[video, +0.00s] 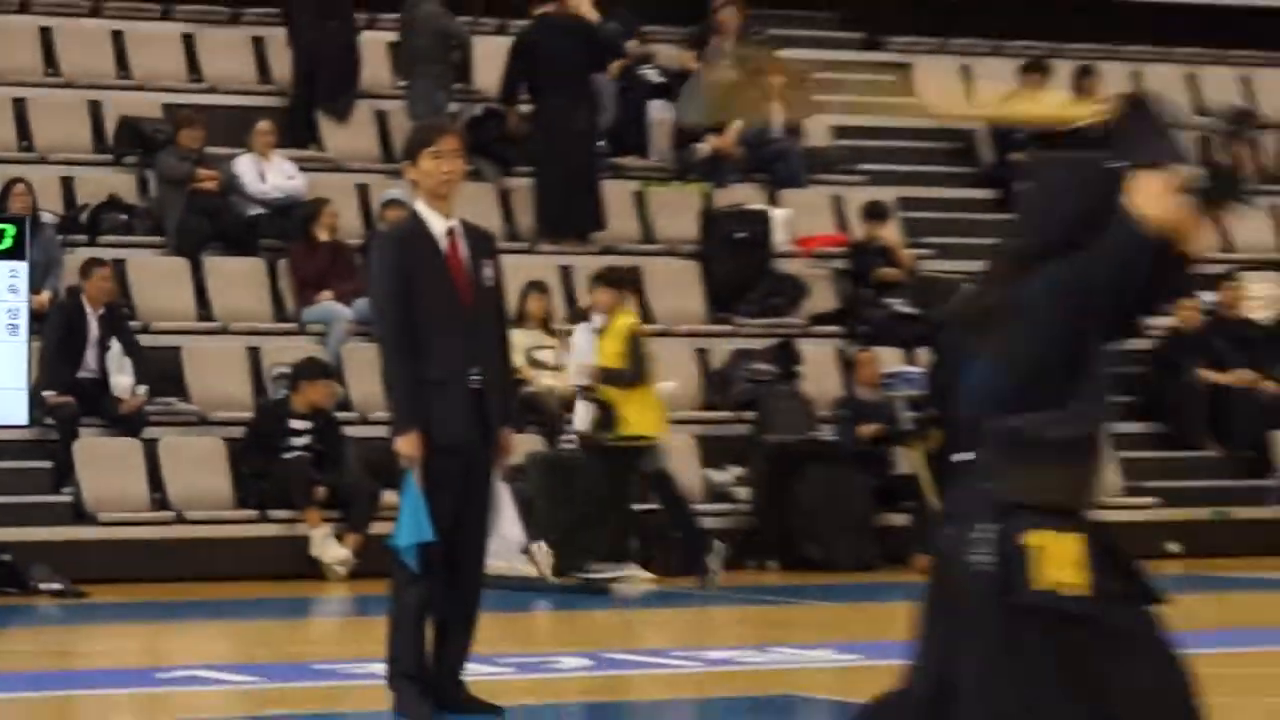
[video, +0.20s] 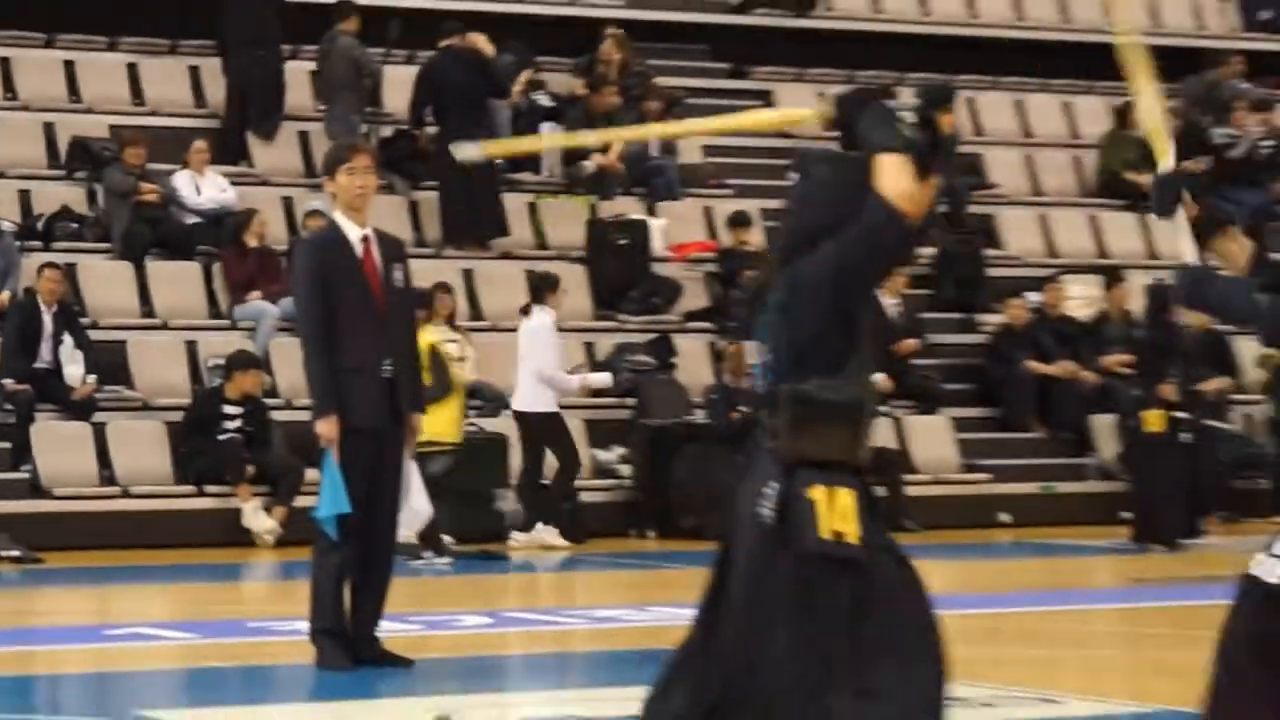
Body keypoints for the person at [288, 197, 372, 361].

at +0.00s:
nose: (334, 221)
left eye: (335, 216)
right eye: (329, 216)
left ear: (338, 218)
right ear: (315, 219)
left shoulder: (342, 248)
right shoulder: (301, 248)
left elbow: (357, 283)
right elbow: (310, 276)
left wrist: (335, 293)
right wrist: (324, 243)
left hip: (346, 302)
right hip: (311, 304)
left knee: (375, 309)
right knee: (344, 316)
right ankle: (330, 365)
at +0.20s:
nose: (262, 229)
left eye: (263, 225)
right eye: (258, 224)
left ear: (264, 227)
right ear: (246, 227)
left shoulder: (268, 252)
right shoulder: (231, 253)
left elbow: (283, 286)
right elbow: (239, 282)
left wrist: (263, 293)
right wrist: (253, 250)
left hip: (274, 300)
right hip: (242, 302)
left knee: (301, 307)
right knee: (271, 312)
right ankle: (257, 360)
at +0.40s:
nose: (214, 228)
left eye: (214, 224)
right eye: (210, 224)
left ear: (215, 227)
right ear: (198, 227)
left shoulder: (219, 250)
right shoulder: (184, 249)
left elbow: (231, 281)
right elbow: (190, 276)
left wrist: (213, 287)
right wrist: (204, 247)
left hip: (225, 293)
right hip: (196, 294)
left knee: (250, 301)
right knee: (222, 305)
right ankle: (209, 349)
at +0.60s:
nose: (190, 233)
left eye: (190, 229)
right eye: (186, 229)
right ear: (175, 232)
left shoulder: (195, 254)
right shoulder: (163, 252)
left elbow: (204, 280)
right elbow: (167, 278)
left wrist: (190, 287)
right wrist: (180, 251)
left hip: (197, 292)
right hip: (172, 293)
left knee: (216, 298)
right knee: (196, 303)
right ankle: (187, 345)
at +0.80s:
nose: (166, 239)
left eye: (167, 236)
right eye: (163, 236)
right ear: (152, 239)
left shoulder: (171, 258)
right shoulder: (141, 257)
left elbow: (180, 283)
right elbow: (144, 280)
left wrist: (165, 288)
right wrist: (157, 256)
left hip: (174, 294)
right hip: (150, 295)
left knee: (191, 298)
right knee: (172, 304)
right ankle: (161, 341)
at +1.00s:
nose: (180, 240)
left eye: (181, 237)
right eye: (177, 236)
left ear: (182, 239)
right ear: (168, 239)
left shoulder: (186, 257)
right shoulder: (157, 257)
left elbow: (194, 280)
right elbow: (162, 276)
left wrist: (181, 285)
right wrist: (172, 255)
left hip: (188, 291)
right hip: (166, 292)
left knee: (206, 295)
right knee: (187, 300)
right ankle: (176, 336)